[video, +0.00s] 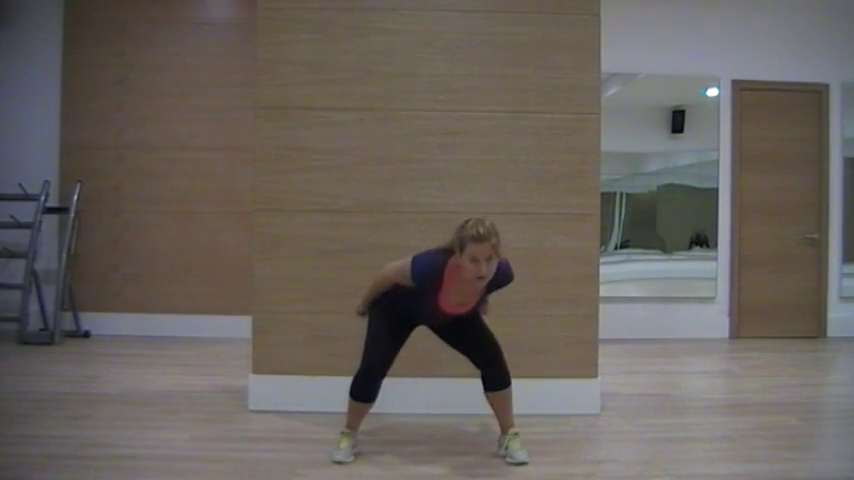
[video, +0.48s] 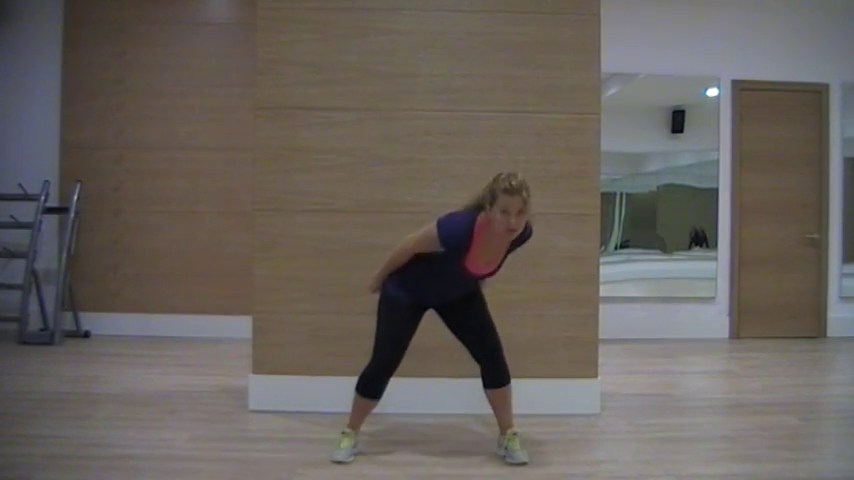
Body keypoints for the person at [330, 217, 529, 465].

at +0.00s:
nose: (483, 269)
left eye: (489, 260)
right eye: (474, 261)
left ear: (497, 256)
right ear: (458, 257)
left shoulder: (503, 274)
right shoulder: (430, 266)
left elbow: (484, 289)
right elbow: (388, 275)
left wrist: (481, 303)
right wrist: (365, 302)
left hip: (452, 314)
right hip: (402, 307)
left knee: (493, 361)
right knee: (372, 368)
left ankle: (509, 436)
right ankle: (348, 435)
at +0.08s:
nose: (488, 266)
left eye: (495, 257)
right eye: (480, 257)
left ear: (503, 253)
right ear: (464, 253)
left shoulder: (507, 268)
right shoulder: (436, 261)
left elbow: (487, 282)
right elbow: (392, 268)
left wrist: (482, 301)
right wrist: (367, 295)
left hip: (452, 309)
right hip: (402, 301)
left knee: (492, 361)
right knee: (377, 365)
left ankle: (509, 435)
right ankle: (349, 434)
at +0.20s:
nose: (495, 255)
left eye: (502, 247)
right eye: (487, 247)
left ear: (509, 244)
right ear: (470, 242)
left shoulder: (512, 257)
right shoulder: (442, 251)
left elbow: (489, 270)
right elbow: (398, 260)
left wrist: (485, 288)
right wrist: (370, 287)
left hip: (453, 302)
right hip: (403, 295)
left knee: (491, 361)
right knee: (380, 364)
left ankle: (509, 435)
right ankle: (350, 434)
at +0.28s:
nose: (500, 246)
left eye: (507, 237)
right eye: (492, 238)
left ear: (513, 235)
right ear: (474, 233)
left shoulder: (514, 251)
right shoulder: (446, 244)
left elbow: (491, 264)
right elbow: (402, 254)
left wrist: (485, 284)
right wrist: (372, 283)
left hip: (454, 298)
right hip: (405, 293)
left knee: (491, 361)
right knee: (381, 364)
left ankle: (509, 436)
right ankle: (350, 434)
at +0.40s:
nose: (508, 231)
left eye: (515, 223)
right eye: (500, 223)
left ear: (522, 222)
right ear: (483, 220)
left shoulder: (519, 240)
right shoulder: (453, 234)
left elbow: (493, 257)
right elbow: (406, 249)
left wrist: (484, 279)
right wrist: (376, 279)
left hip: (456, 293)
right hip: (407, 289)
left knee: (491, 359)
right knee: (382, 363)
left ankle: (508, 436)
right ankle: (349, 434)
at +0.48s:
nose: (513, 221)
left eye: (520, 214)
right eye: (505, 213)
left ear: (528, 213)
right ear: (488, 210)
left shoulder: (522, 234)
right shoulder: (457, 228)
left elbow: (482, 257)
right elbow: (409, 246)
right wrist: (380, 277)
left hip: (459, 290)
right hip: (409, 287)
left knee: (492, 357)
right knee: (384, 362)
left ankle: (508, 436)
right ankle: (350, 434)